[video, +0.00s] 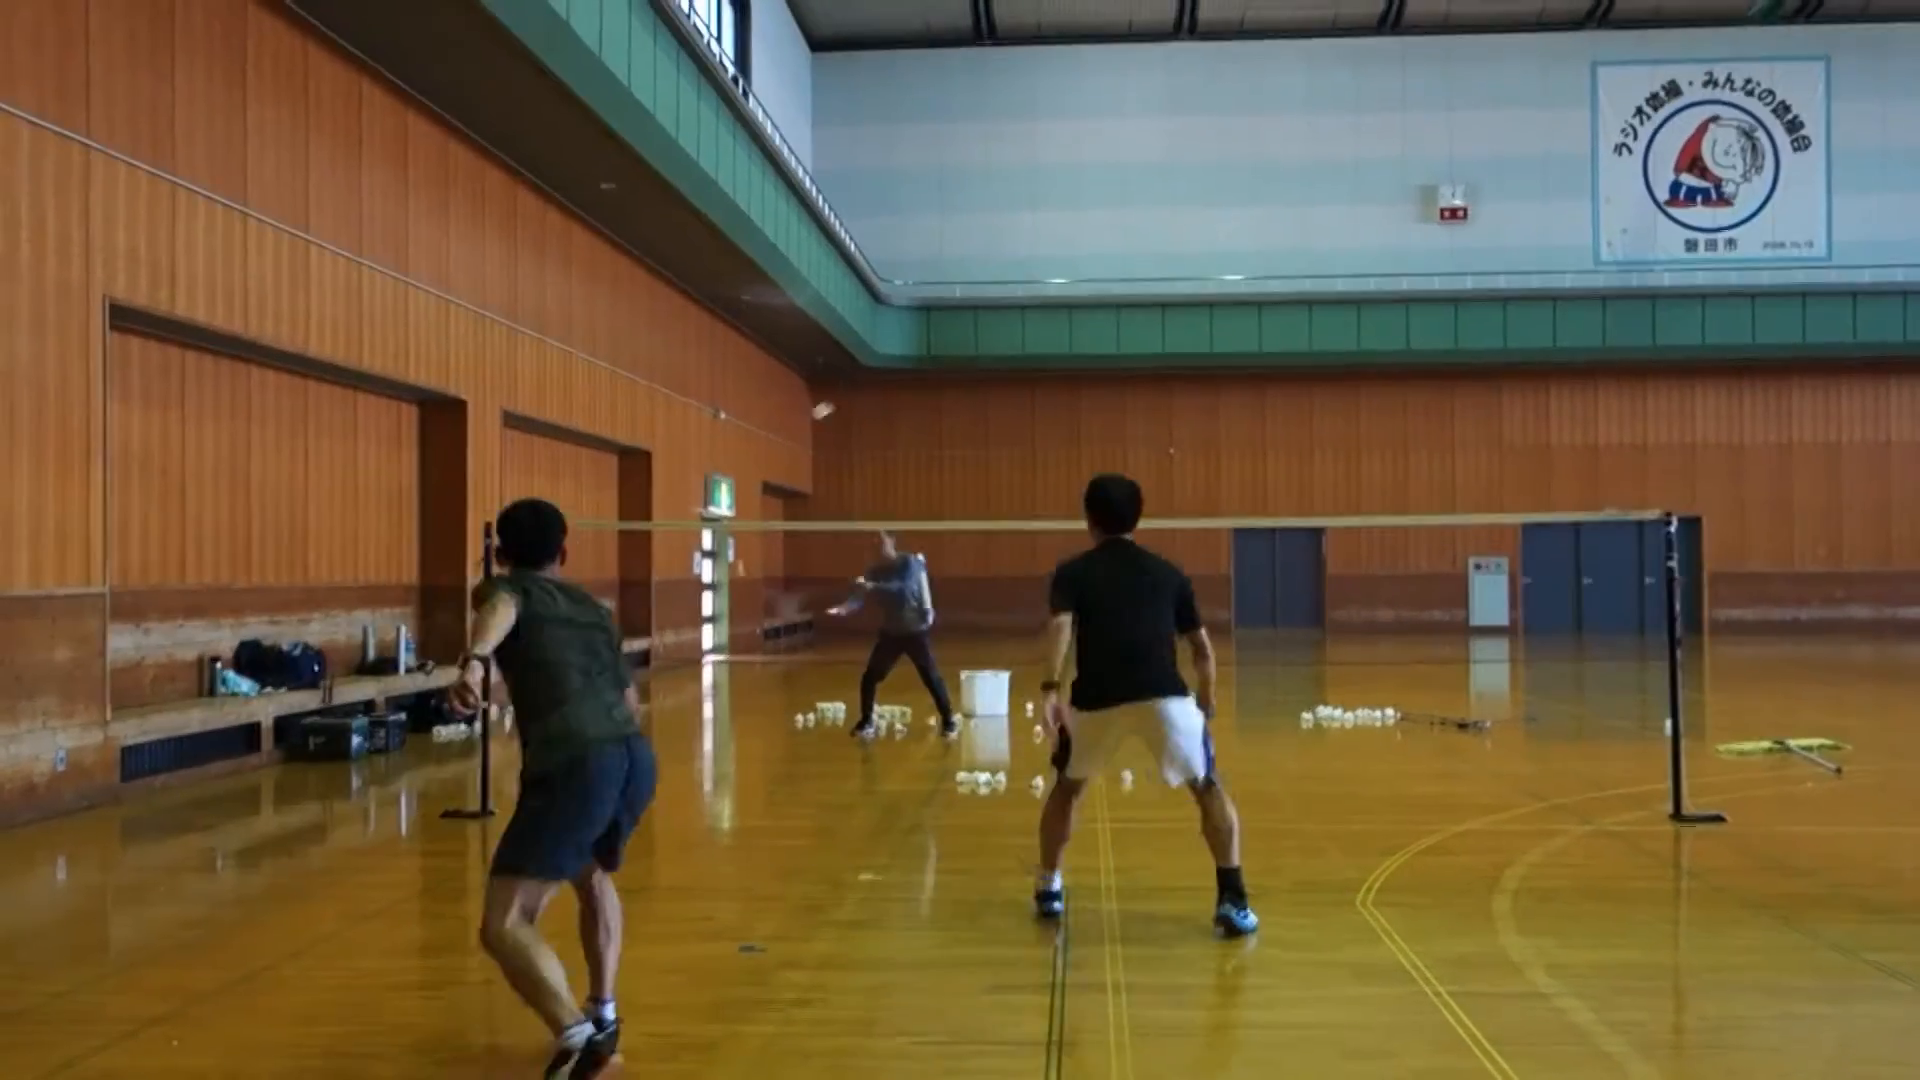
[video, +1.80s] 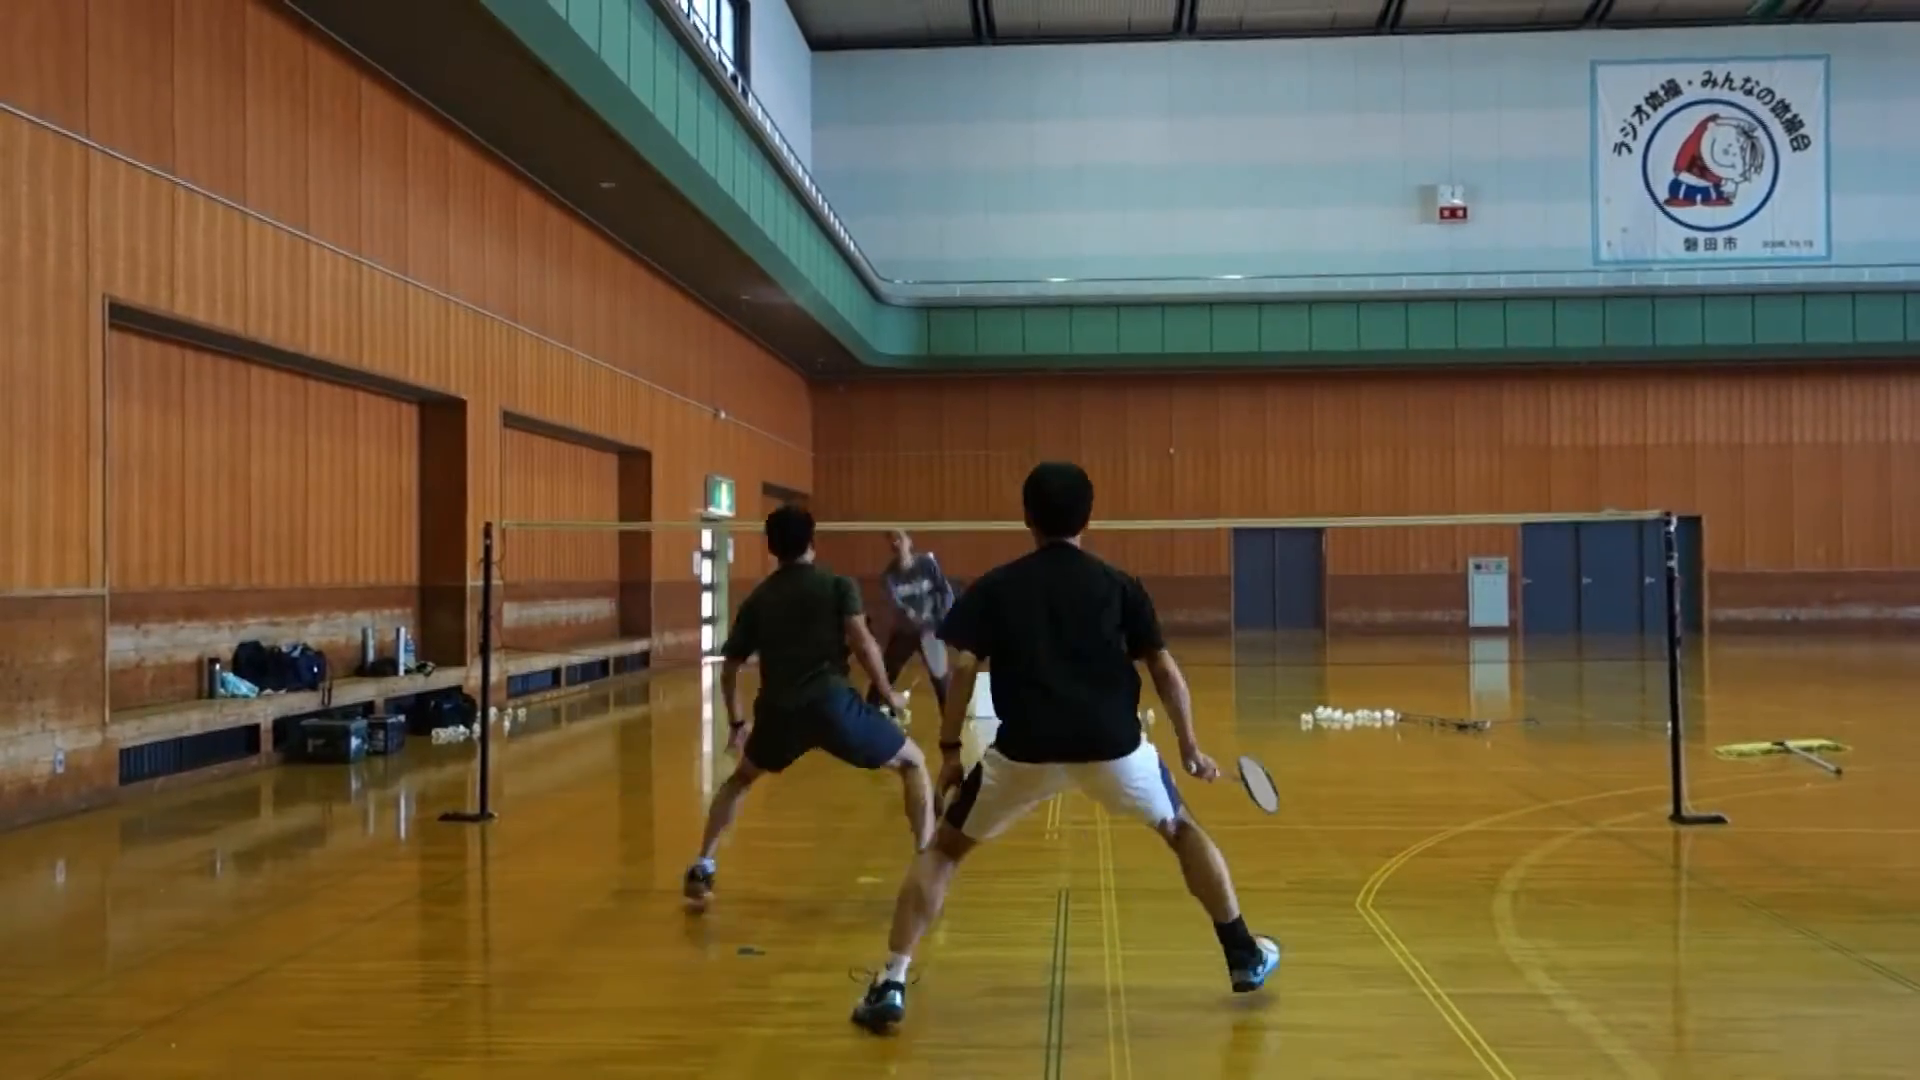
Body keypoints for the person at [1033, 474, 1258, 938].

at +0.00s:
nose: (1087, 521)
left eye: (1088, 514)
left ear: (1089, 519)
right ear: (1137, 519)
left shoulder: (1072, 572)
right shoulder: (1167, 572)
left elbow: (1060, 626)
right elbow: (1203, 651)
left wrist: (1049, 689)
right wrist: (1205, 711)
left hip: (1096, 696)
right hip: (1164, 693)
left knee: (1067, 786)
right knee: (1209, 790)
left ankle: (1048, 888)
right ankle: (1233, 900)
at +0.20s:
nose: (1112, 522)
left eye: (1115, 514)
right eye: (1114, 513)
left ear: (1126, 520)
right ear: (1170, 522)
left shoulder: (1105, 579)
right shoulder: (1207, 573)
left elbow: (1077, 653)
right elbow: (1249, 644)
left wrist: (1064, 719)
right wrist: (1276, 707)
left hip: (1158, 712)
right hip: (1225, 705)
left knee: (1101, 821)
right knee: (1264, 808)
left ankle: (1105, 925)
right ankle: (1322, 912)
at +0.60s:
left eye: (1067, 507)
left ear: (1066, 514)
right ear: (1122, 514)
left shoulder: (1053, 580)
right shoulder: (1159, 573)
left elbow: (1043, 657)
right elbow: (1214, 640)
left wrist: (1029, 738)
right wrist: (1221, 710)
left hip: (1113, 714)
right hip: (1190, 712)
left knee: (1034, 813)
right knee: (1212, 800)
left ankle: (1025, 937)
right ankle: (1237, 928)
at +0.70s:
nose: (1046, 530)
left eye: (1045, 522)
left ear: (1045, 529)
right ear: (1102, 529)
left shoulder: (1031, 600)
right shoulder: (1140, 592)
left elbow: (1011, 685)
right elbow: (1186, 668)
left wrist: (994, 765)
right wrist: (1205, 740)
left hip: (1086, 746)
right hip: (1163, 740)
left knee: (1006, 856)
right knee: (1198, 836)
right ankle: (1230, 960)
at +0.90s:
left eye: (993, 519)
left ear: (994, 528)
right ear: (1053, 527)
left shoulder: (973, 599)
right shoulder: (1093, 590)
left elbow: (933, 689)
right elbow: (1140, 659)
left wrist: (926, 771)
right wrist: (1181, 739)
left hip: (1018, 748)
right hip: (1101, 742)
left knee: (929, 848)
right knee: (1156, 845)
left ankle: (912, 988)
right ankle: (1206, 967)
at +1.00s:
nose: (979, 528)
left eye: (978, 519)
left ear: (978, 525)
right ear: (1038, 524)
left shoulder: (958, 599)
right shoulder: (1081, 588)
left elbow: (923, 690)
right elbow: (1130, 666)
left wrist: (908, 765)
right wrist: (1164, 746)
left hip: (1000, 751)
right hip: (1090, 746)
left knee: (913, 852)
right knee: (1143, 851)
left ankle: (849, 985)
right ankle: (1189, 983)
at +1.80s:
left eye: (1036, 509)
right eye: (1085, 510)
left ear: (1028, 517)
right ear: (1087, 517)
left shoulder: (994, 588)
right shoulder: (1119, 587)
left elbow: (960, 678)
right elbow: (1165, 673)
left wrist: (948, 754)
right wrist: (1190, 748)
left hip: (1024, 752)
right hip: (1113, 749)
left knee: (944, 851)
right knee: (1181, 833)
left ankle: (891, 982)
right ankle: (1243, 955)